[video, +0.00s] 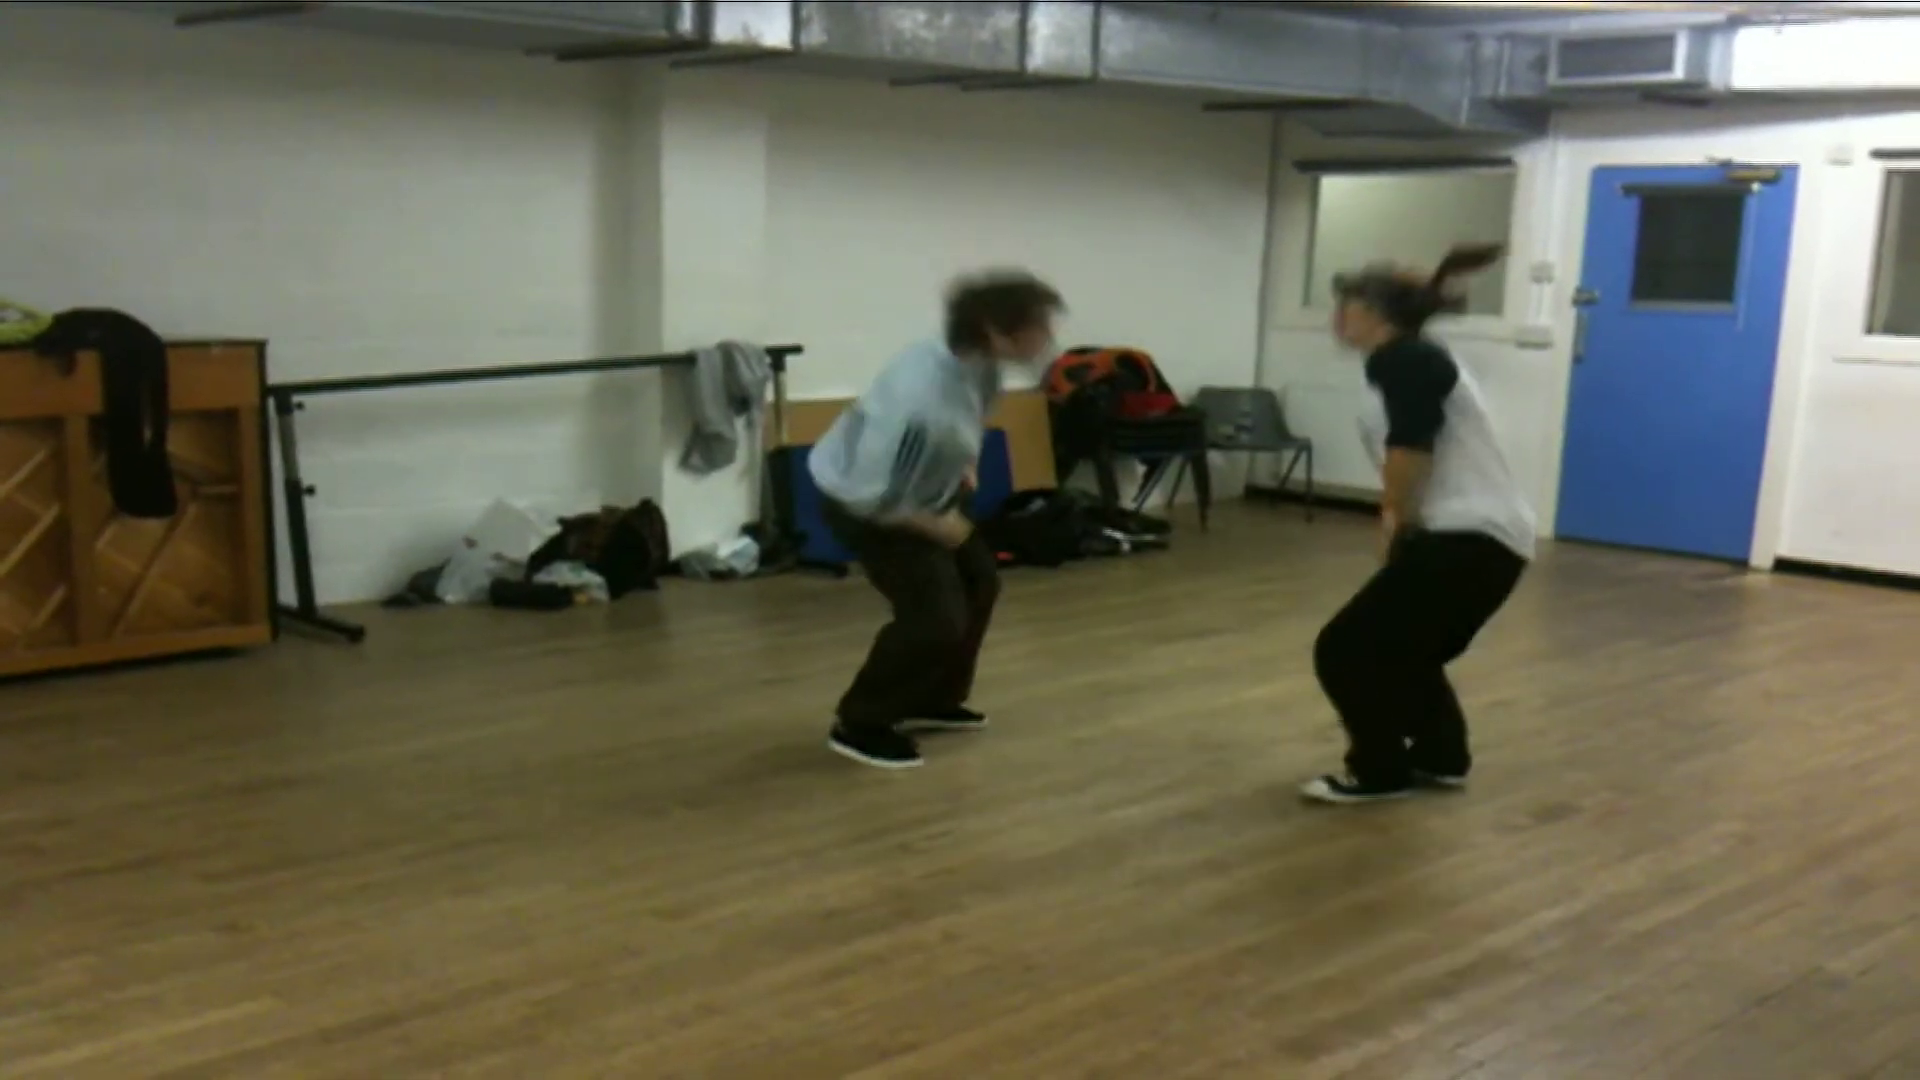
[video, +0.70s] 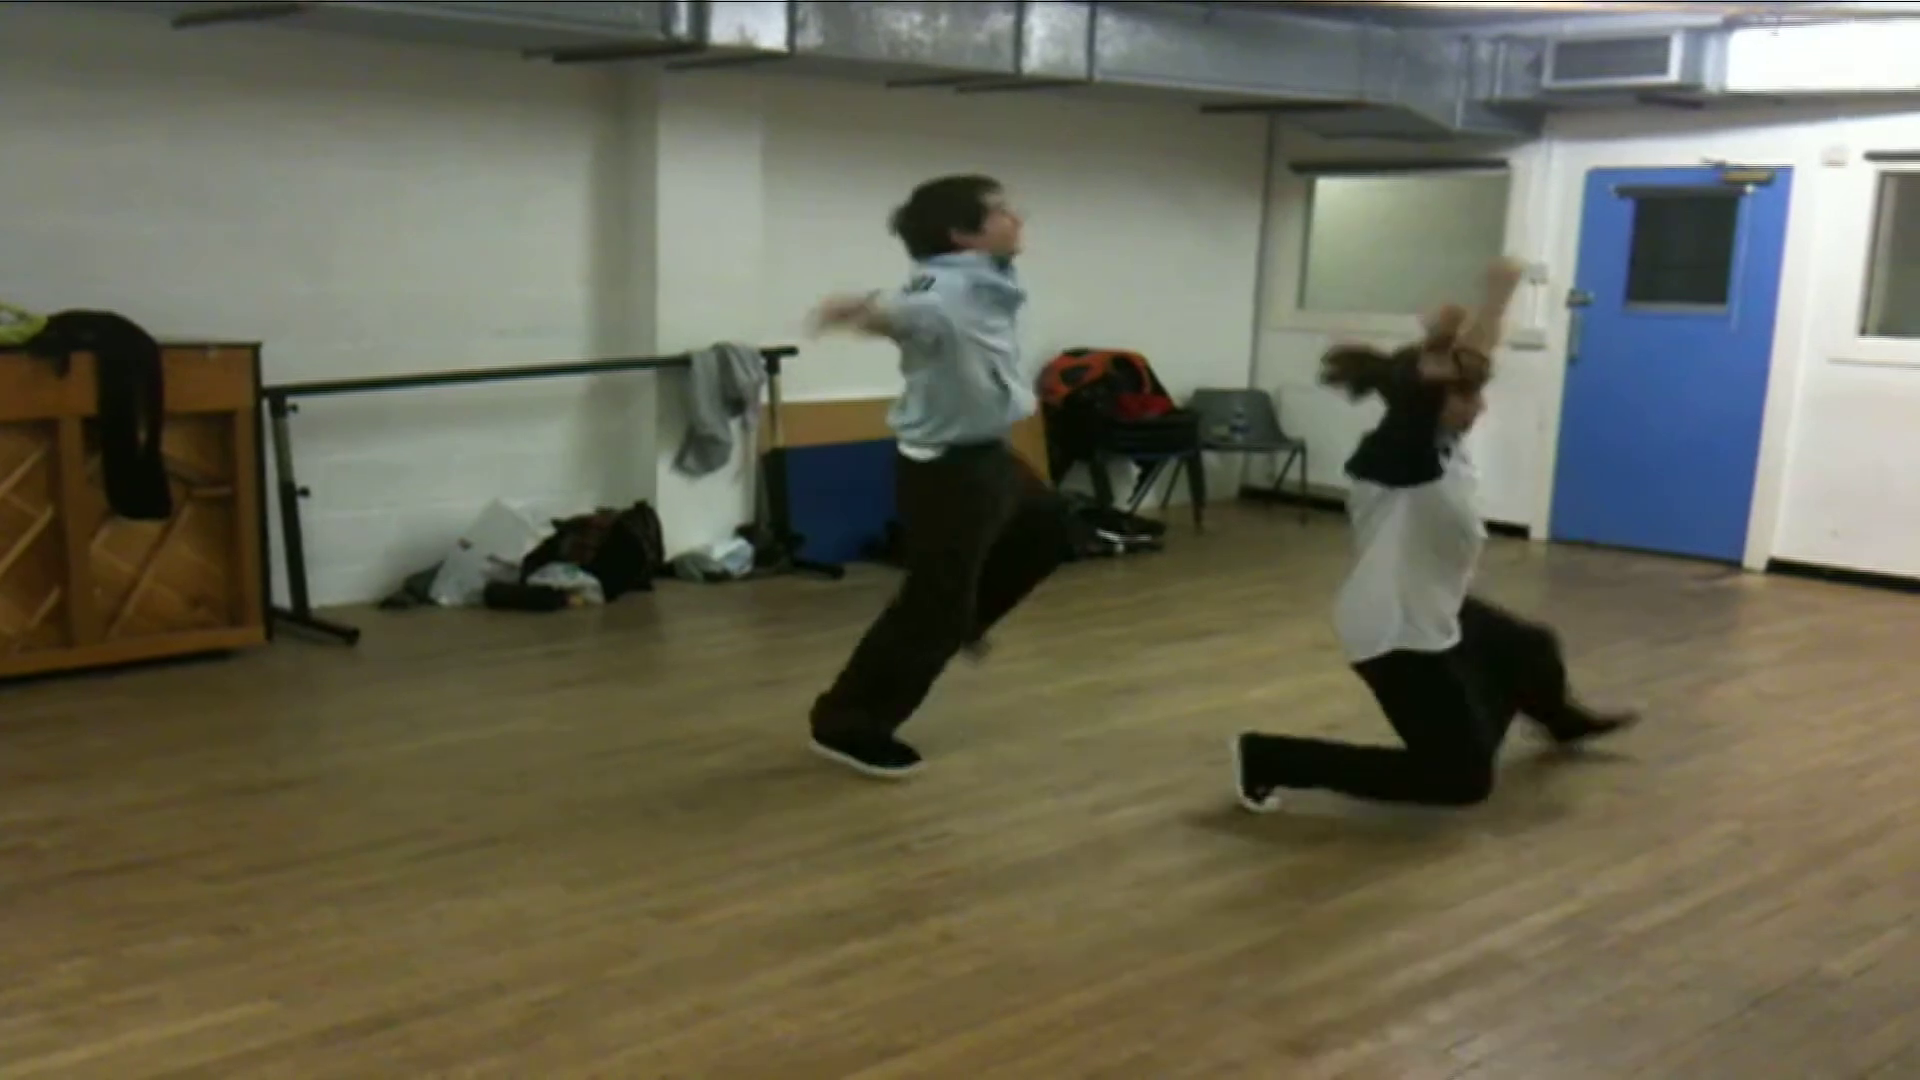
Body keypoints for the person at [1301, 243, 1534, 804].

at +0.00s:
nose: (1339, 321)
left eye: (1347, 308)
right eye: (1340, 309)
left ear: (1376, 310)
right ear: (1388, 312)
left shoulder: (1403, 358)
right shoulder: (1428, 359)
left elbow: (1411, 446)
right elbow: (1418, 454)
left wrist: (1396, 515)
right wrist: (1402, 514)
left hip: (1467, 534)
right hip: (1486, 536)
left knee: (1343, 646)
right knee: (1404, 647)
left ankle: (1379, 767)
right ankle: (1441, 755)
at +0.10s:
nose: (1318, 371)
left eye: (1326, 359)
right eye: (1321, 360)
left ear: (1355, 361)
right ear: (1369, 363)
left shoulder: (1368, 395)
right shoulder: (1411, 398)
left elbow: (1368, 486)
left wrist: (1391, 547)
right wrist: (1401, 545)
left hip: (1464, 551)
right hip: (1494, 551)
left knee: (1317, 661)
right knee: (1393, 647)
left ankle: (1372, 772)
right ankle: (1437, 757)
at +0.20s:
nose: (1343, 366)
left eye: (1350, 356)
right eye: (1345, 355)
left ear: (1373, 356)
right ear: (1413, 353)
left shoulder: (1357, 390)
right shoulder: (1465, 397)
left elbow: (1315, 468)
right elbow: (1537, 489)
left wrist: (1352, 534)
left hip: (1443, 543)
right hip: (1518, 546)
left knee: (1321, 649)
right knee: (1431, 635)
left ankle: (1374, 771)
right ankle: (1444, 758)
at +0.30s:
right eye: (1467, 311)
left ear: (1408, 311)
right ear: (1474, 317)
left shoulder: (1371, 363)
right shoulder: (1504, 373)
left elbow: (1305, 443)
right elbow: (1542, 464)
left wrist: (1354, 495)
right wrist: (1487, 497)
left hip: (1392, 550)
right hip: (1488, 557)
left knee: (1381, 664)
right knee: (1472, 662)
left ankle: (1403, 779)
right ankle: (1457, 767)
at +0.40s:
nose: (1524, 324)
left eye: (1525, 313)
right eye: (1518, 312)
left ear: (1451, 314)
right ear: (1489, 315)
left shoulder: (1383, 367)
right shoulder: (1507, 379)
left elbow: (1348, 450)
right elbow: (1506, 472)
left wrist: (1376, 495)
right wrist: (1482, 515)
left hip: (1357, 544)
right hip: (1448, 552)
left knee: (1436, 647)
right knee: (1503, 663)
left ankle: (1443, 771)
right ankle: (1396, 745)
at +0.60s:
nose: (1492, 359)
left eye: (1491, 348)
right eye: (1480, 348)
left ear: (1440, 353)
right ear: (1441, 353)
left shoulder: (1431, 409)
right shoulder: (1409, 418)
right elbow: (1458, 469)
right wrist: (1525, 469)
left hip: (1440, 578)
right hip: (1401, 601)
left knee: (1546, 625)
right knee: (1443, 740)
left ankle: (1453, 730)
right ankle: (1256, 759)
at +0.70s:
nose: (1478, 409)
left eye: (1479, 395)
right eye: (1467, 397)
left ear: (1468, 394)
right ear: (1434, 397)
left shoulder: (1440, 448)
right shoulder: (1398, 458)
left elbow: (1472, 372)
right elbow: (1410, 414)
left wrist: (1496, 301)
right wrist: (1435, 348)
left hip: (1437, 610)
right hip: (1393, 635)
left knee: (1533, 649)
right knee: (1460, 777)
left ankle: (1563, 720)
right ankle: (1271, 760)